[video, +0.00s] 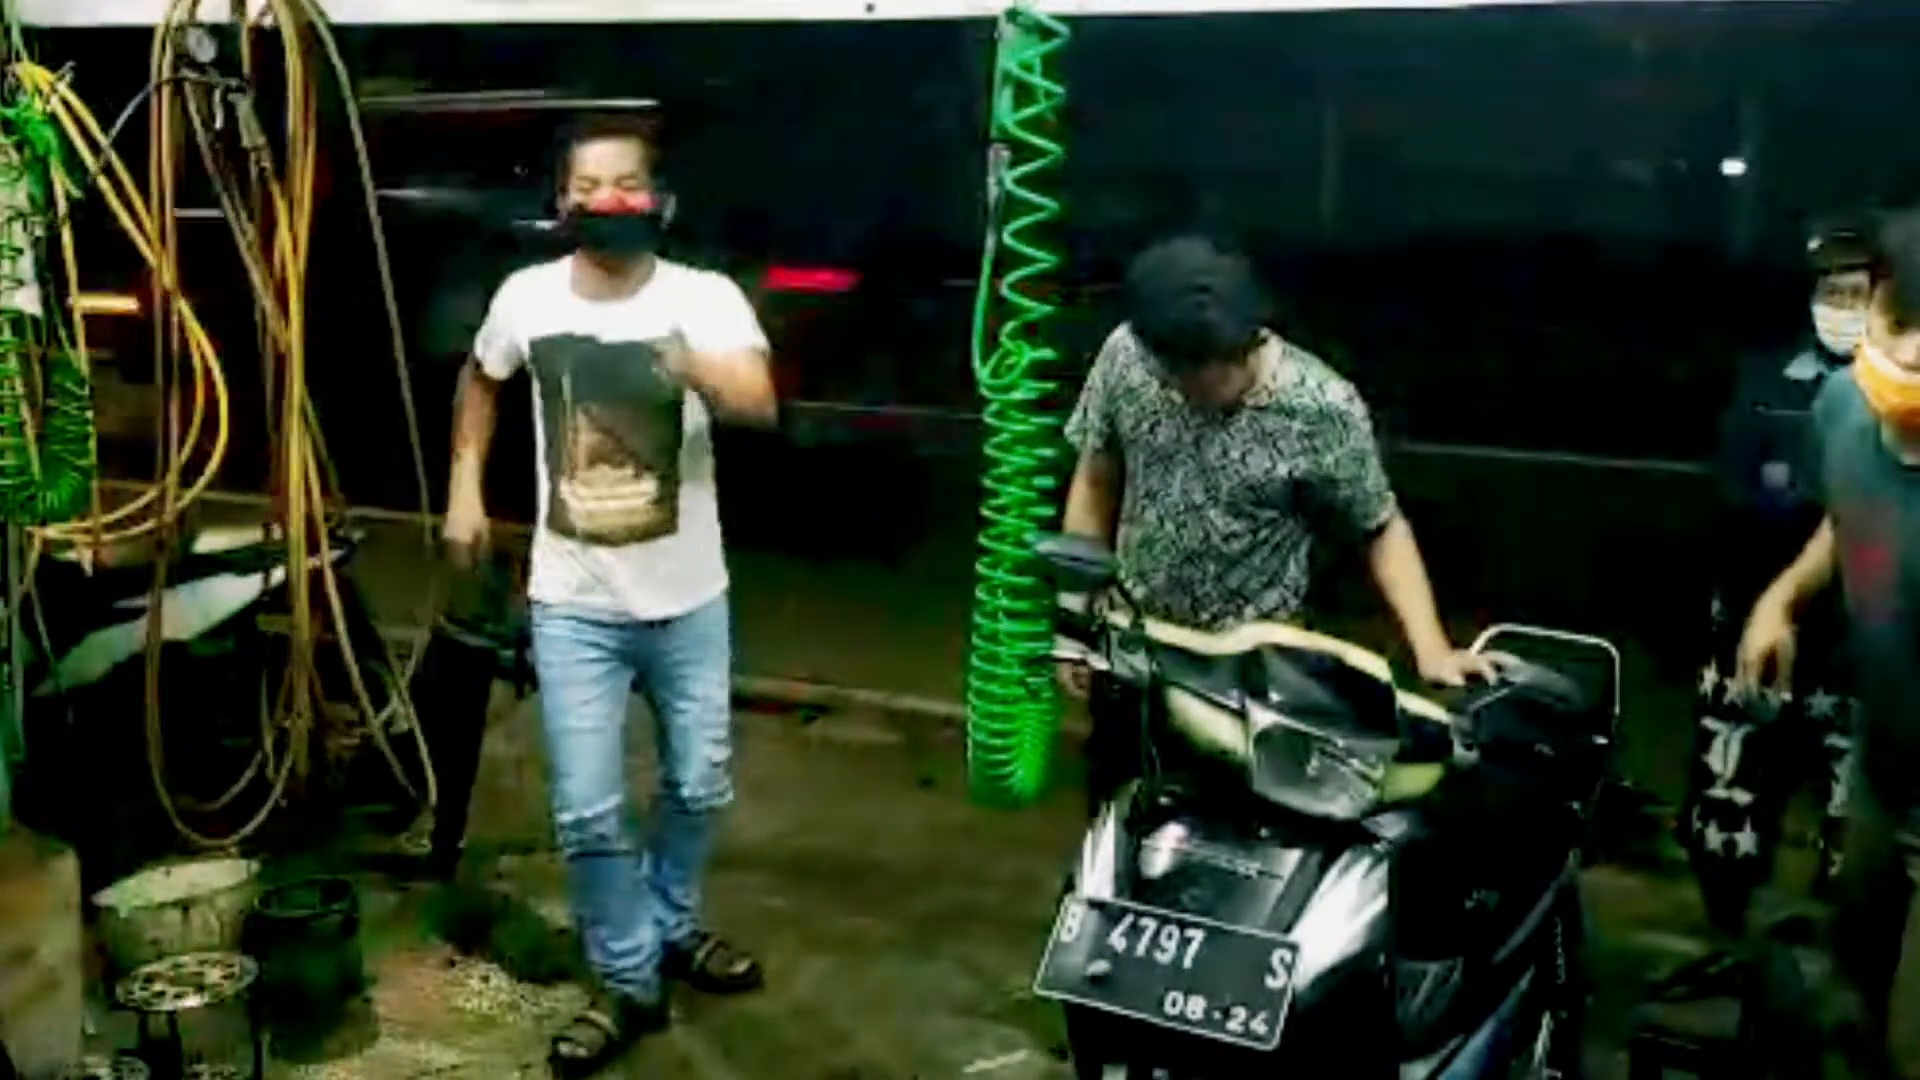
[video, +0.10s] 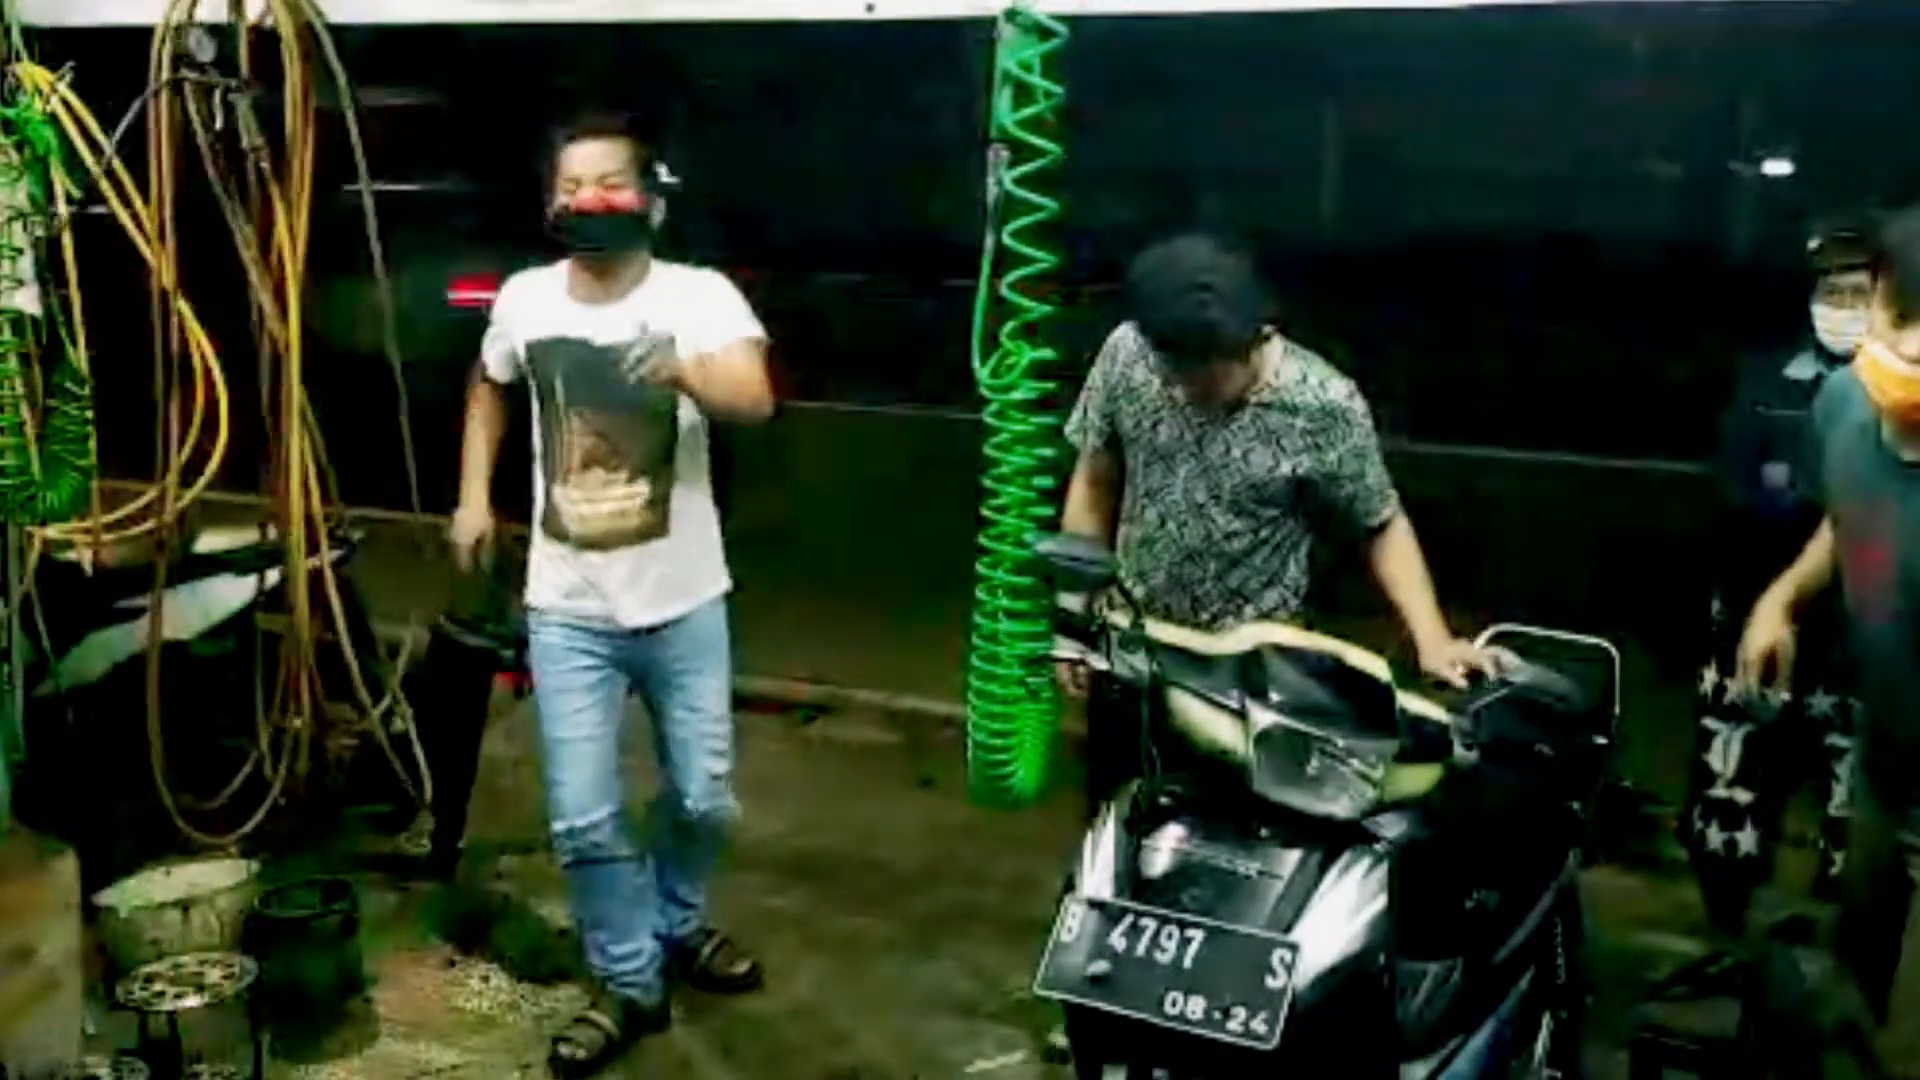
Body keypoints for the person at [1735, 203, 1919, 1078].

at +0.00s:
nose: (1902, 376)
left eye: (1912, 356)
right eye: (1893, 349)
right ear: (1869, 326)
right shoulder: (1848, 406)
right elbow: (1854, 519)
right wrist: (1779, 596)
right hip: (1884, 740)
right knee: (1861, 926)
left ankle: (1879, 1039)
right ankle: (1859, 1041)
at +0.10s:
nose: (1891, 347)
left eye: (1903, 324)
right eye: (1885, 319)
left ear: (1917, 328)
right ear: (1871, 317)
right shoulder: (1848, 402)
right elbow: (1855, 519)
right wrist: (1780, 595)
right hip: (1886, 737)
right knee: (1864, 914)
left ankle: (1866, 1030)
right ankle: (1847, 1033)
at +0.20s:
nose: (1900, 358)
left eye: (1913, 340)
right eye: (1892, 333)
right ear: (1865, 316)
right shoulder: (1846, 402)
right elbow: (1854, 518)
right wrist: (1779, 594)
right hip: (1888, 727)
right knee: (1871, 887)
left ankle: (1866, 1023)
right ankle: (1852, 1024)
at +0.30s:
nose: (1898, 342)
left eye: (1911, 321)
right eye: (1889, 316)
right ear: (1863, 311)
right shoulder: (1843, 406)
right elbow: (1847, 520)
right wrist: (1776, 604)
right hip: (1888, 727)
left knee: (1887, 891)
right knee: (1870, 885)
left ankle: (1864, 1024)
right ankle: (1851, 1026)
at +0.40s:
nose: (1901, 339)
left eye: (1914, 318)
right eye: (1892, 312)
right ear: (1862, 314)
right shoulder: (1841, 414)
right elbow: (1845, 523)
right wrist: (1771, 610)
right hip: (1889, 736)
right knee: (1875, 897)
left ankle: (1862, 1019)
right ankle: (1853, 1019)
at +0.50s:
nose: (1894, 333)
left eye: (1911, 314)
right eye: (1893, 308)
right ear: (1867, 314)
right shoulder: (1843, 411)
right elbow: (1844, 521)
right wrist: (1770, 609)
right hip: (1888, 740)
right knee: (1869, 925)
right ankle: (1851, 1028)